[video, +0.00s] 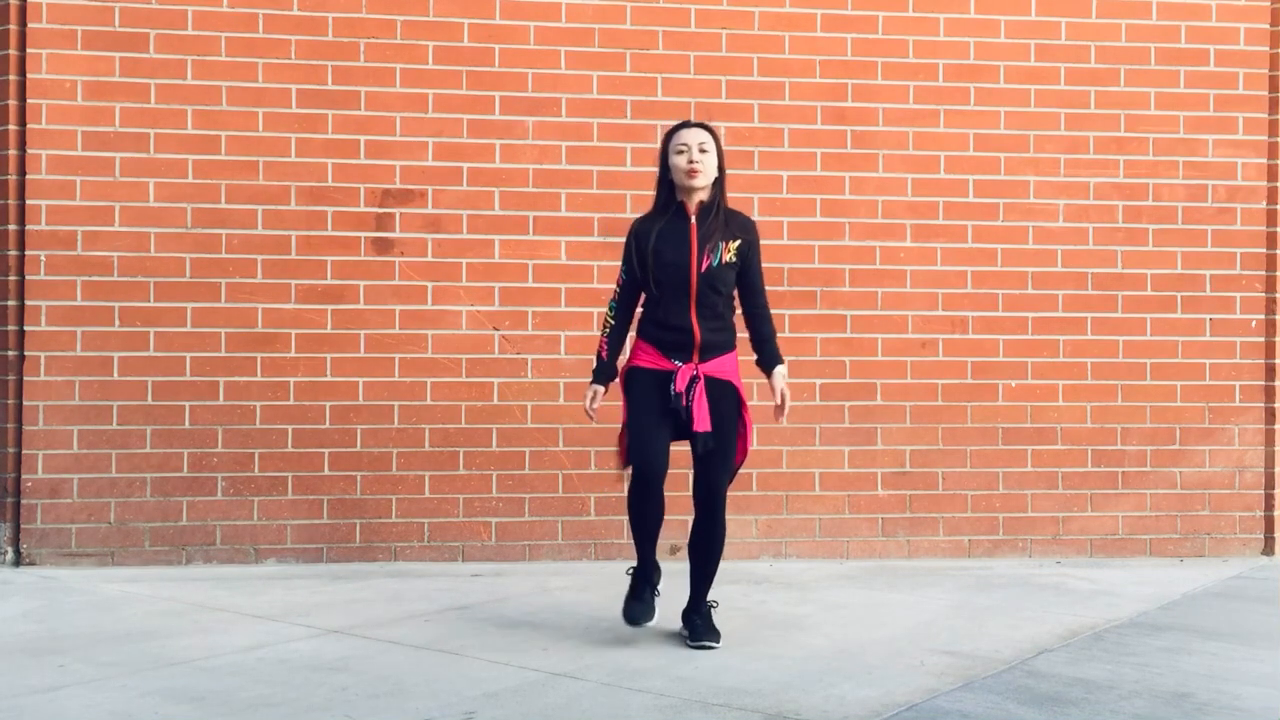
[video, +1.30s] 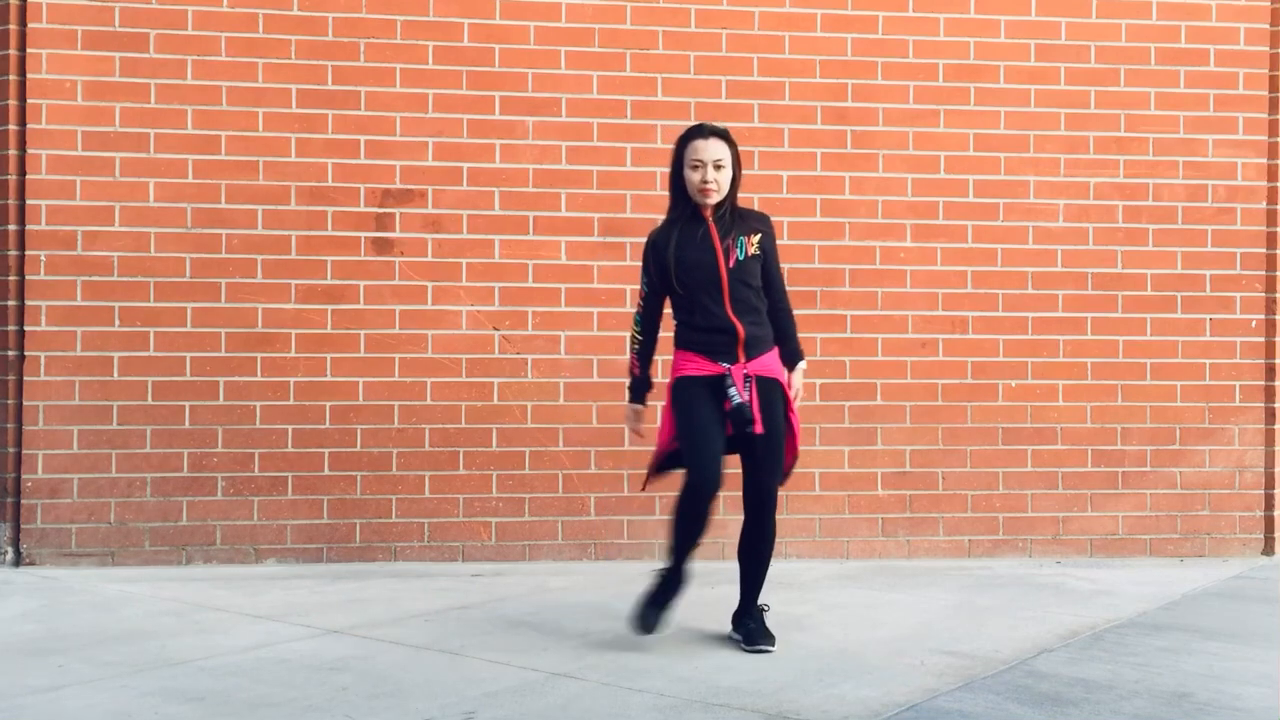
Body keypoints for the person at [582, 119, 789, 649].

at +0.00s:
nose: (693, 158)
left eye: (703, 150)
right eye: (682, 151)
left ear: (718, 162)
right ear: (666, 164)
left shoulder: (738, 228)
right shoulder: (646, 229)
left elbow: (755, 302)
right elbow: (622, 303)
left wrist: (774, 365)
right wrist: (603, 369)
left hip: (715, 371)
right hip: (651, 368)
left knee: (711, 493)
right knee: (647, 471)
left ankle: (698, 606)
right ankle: (645, 571)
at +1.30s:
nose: (707, 176)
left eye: (718, 166)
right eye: (696, 166)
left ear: (733, 171)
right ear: (680, 172)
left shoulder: (755, 225)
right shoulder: (665, 240)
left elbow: (776, 298)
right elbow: (647, 316)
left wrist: (794, 361)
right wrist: (638, 388)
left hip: (760, 370)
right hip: (697, 372)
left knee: (762, 496)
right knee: (704, 477)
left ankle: (749, 609)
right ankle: (672, 576)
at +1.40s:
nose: (711, 173)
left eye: (721, 163)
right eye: (699, 163)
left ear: (737, 169)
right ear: (684, 171)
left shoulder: (761, 222)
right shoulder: (669, 238)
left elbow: (782, 294)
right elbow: (657, 315)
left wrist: (800, 355)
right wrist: (653, 389)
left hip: (767, 368)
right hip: (705, 370)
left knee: (761, 484)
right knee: (732, 468)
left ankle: (749, 605)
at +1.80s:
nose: (714, 173)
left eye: (724, 162)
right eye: (702, 164)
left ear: (740, 169)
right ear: (687, 175)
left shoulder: (766, 228)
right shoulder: (674, 242)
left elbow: (786, 300)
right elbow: (655, 319)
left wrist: (800, 361)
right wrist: (645, 390)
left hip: (762, 372)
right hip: (698, 372)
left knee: (769, 488)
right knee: (703, 457)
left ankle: (753, 603)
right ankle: (736, 572)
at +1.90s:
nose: (710, 162)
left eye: (721, 151)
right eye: (698, 153)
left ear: (737, 159)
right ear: (685, 163)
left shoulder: (761, 220)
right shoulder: (669, 229)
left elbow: (779, 292)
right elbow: (648, 305)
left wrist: (793, 354)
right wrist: (635, 375)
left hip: (750, 366)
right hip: (685, 364)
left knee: (753, 494)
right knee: (662, 435)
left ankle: (748, 609)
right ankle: (674, 545)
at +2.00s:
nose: (705, 160)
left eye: (714, 149)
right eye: (693, 151)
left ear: (731, 156)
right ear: (679, 162)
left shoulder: (755, 220)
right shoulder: (662, 222)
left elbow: (769, 292)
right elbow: (638, 296)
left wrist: (780, 351)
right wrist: (622, 365)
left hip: (734, 367)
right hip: (667, 364)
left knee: (736, 491)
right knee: (627, 467)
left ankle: (747, 609)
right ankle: (623, 566)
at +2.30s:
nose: (670, 172)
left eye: (681, 162)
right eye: (659, 162)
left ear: (697, 170)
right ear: (644, 171)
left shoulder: (708, 244)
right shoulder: (617, 227)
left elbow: (714, 318)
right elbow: (565, 286)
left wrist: (707, 365)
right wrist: (596, 311)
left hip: (662, 377)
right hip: (599, 372)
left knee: (667, 478)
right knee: (591, 496)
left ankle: (672, 574)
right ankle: (597, 604)